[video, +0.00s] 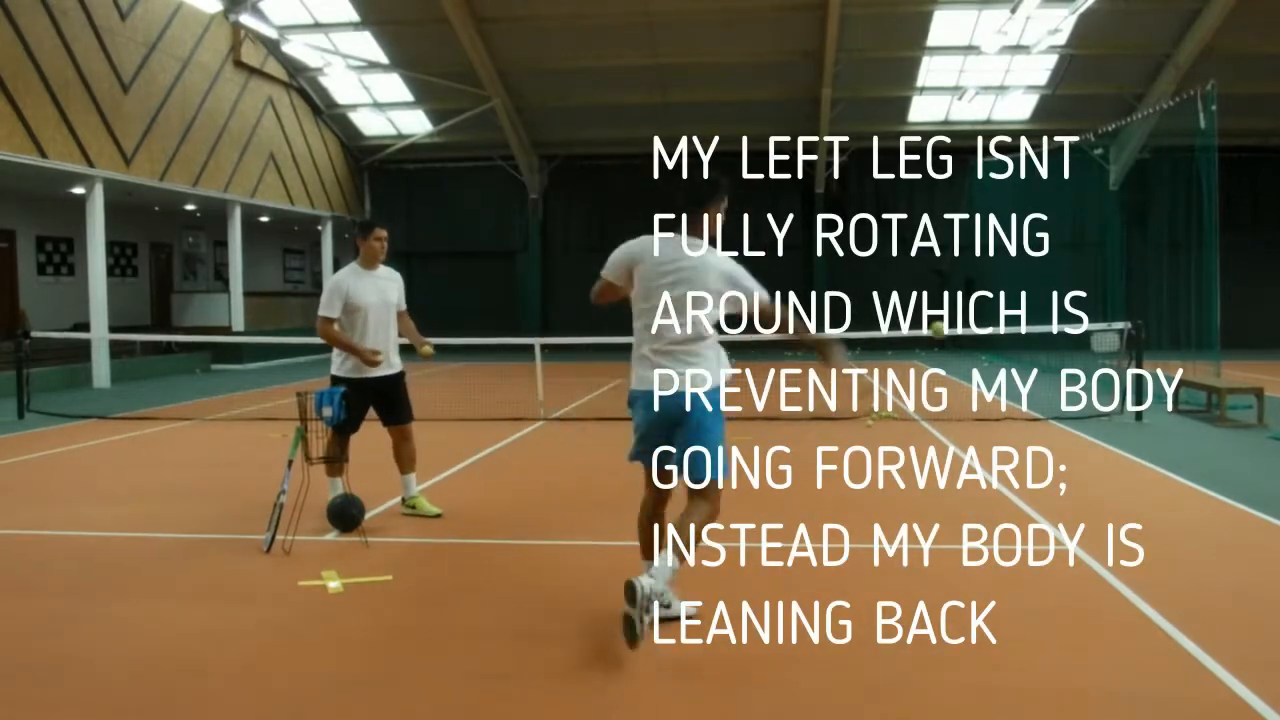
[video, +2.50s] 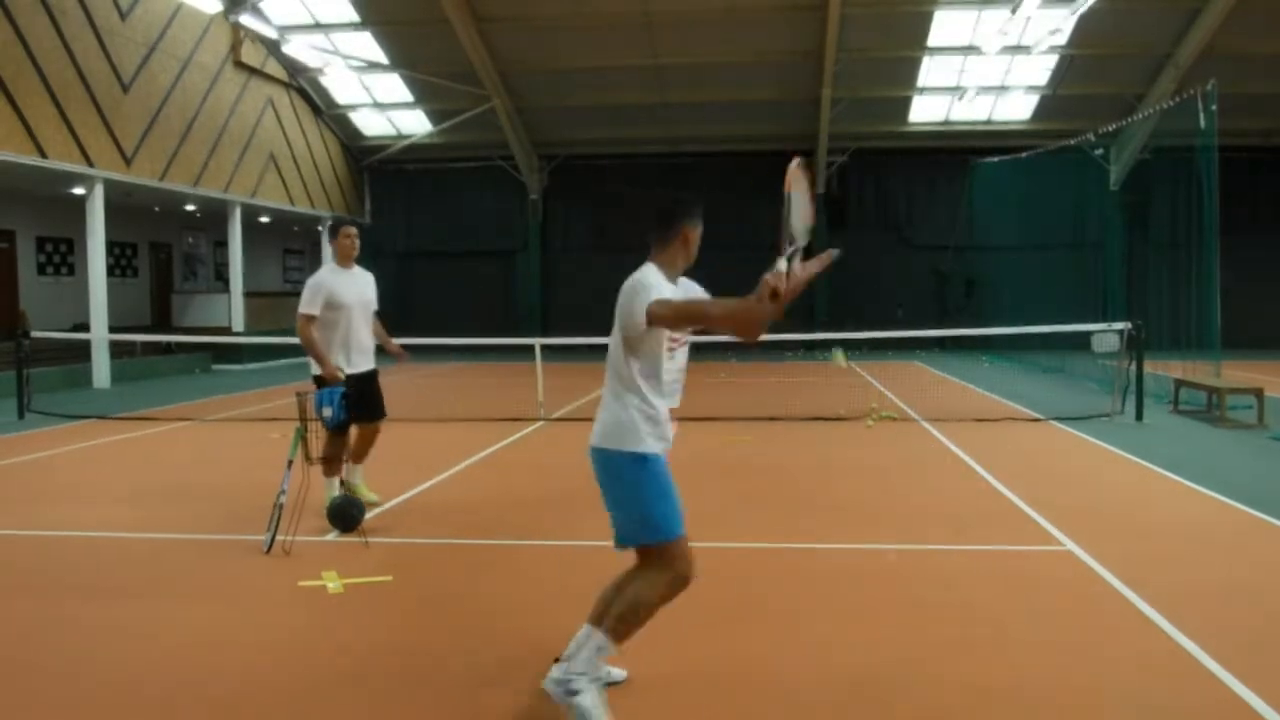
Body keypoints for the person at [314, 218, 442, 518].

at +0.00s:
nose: (383, 245)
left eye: (386, 240)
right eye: (378, 240)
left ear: (387, 244)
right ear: (360, 243)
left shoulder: (393, 278)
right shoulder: (341, 281)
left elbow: (401, 316)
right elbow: (324, 328)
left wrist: (418, 341)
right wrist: (359, 351)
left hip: (389, 373)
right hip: (351, 376)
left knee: (403, 432)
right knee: (340, 436)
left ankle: (411, 495)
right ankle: (337, 497)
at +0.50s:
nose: (388, 247)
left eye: (387, 242)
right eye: (385, 242)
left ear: (372, 244)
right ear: (374, 243)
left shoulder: (383, 278)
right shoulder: (341, 280)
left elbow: (391, 320)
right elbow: (321, 327)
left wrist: (426, 330)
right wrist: (358, 354)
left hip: (388, 373)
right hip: (352, 377)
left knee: (401, 432)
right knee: (342, 437)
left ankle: (411, 495)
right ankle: (337, 497)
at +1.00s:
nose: (420, 257)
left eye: (422, 252)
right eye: (414, 252)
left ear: (421, 256)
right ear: (396, 254)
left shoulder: (423, 291)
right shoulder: (369, 288)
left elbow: (438, 331)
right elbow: (343, 330)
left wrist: (475, 356)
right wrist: (369, 361)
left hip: (408, 382)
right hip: (367, 383)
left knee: (430, 436)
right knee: (350, 442)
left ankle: (451, 501)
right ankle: (337, 497)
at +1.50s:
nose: (465, 257)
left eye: (468, 252)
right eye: (459, 251)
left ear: (471, 259)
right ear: (444, 256)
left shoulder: (475, 296)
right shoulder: (415, 286)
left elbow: (496, 329)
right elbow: (390, 323)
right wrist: (400, 354)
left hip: (448, 376)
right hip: (407, 373)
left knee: (459, 433)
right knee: (386, 434)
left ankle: (456, 503)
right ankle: (367, 494)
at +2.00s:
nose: (409, 251)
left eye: (411, 247)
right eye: (402, 246)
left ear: (415, 254)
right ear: (387, 253)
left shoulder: (429, 290)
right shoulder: (367, 293)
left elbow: (445, 331)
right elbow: (349, 338)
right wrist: (360, 370)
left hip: (421, 380)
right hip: (381, 382)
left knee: (442, 433)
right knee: (364, 443)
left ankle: (454, 502)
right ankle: (338, 487)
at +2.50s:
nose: (354, 242)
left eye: (356, 237)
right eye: (347, 237)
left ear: (359, 243)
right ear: (333, 242)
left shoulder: (367, 278)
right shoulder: (320, 280)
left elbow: (369, 318)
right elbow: (304, 327)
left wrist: (388, 342)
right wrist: (325, 365)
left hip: (365, 369)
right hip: (334, 372)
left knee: (371, 424)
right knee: (337, 433)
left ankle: (353, 478)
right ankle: (332, 494)